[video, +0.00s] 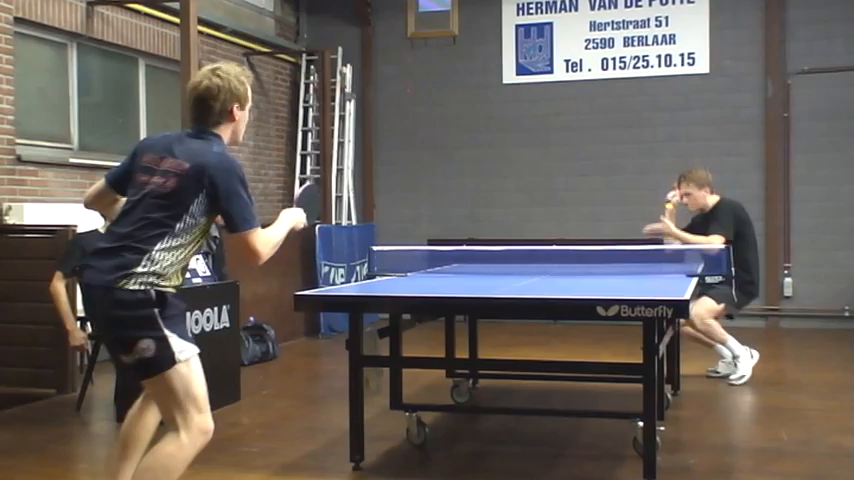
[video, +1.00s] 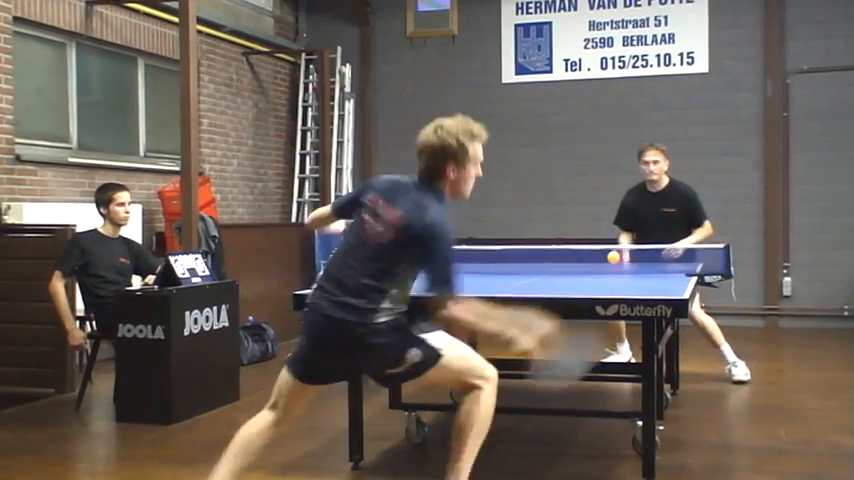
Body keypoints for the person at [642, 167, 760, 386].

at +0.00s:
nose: (684, 201)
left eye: (688, 195)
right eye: (682, 196)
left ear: (705, 191)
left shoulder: (727, 210)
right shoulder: (700, 220)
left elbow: (715, 244)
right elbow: (673, 244)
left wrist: (672, 231)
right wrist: (670, 210)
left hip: (738, 283)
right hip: (713, 282)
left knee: (698, 313)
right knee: (678, 320)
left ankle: (743, 353)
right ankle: (727, 356)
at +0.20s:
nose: (687, 213)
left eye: (690, 207)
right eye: (685, 208)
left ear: (707, 202)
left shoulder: (732, 223)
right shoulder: (701, 233)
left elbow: (722, 259)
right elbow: (678, 265)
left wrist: (683, 247)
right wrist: (673, 231)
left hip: (741, 294)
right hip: (716, 293)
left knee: (699, 322)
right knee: (680, 325)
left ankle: (746, 356)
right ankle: (726, 355)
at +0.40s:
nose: (686, 232)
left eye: (691, 226)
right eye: (684, 227)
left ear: (708, 225)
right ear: (681, 228)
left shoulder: (734, 245)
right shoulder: (691, 252)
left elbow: (745, 291)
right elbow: (695, 291)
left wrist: (714, 274)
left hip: (743, 309)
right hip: (711, 307)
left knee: (704, 327)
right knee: (673, 330)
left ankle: (749, 359)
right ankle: (722, 352)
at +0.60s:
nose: (687, 199)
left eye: (693, 194)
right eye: (684, 194)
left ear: (708, 196)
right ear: (681, 198)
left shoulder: (726, 223)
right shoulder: (678, 229)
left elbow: (743, 265)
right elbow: (669, 263)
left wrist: (708, 248)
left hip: (727, 283)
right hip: (693, 286)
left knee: (705, 319)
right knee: (667, 327)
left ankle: (739, 359)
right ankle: (715, 349)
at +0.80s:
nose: (671, 177)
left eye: (677, 172)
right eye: (667, 172)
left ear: (689, 174)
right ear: (662, 176)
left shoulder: (707, 202)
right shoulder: (657, 207)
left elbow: (730, 238)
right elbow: (648, 243)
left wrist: (692, 246)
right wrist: (638, 260)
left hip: (703, 272)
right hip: (666, 274)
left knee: (702, 313)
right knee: (631, 296)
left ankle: (739, 363)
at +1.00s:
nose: (650, 167)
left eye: (655, 162)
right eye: (645, 163)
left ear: (666, 164)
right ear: (640, 167)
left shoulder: (683, 193)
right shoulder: (633, 197)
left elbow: (707, 228)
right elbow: (626, 233)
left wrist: (683, 244)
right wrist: (625, 253)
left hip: (678, 269)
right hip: (641, 268)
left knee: (694, 311)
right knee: (610, 301)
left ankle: (733, 361)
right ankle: (622, 351)